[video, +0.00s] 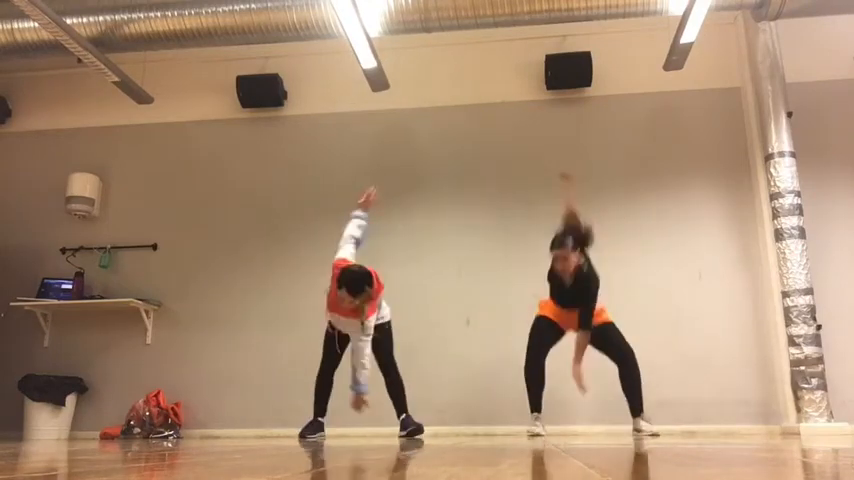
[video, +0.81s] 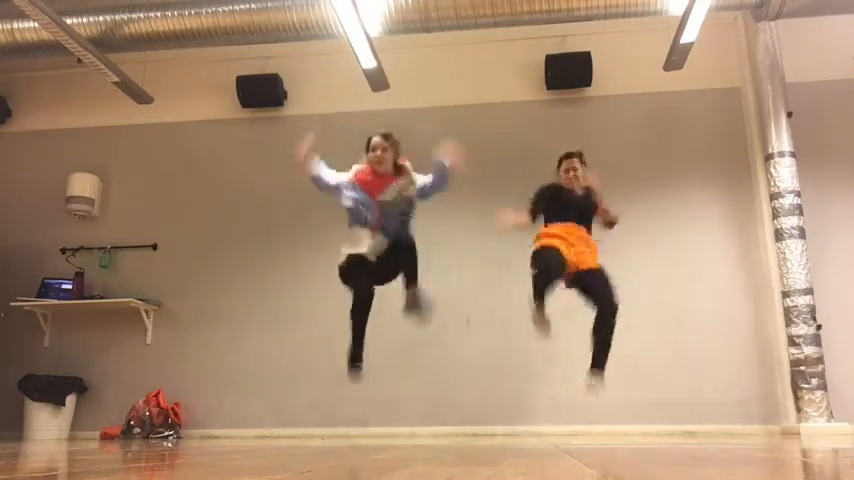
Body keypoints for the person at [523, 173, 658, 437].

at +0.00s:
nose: (561, 266)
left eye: (565, 260)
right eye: (557, 260)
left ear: (578, 255)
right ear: (552, 255)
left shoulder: (589, 278)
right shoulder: (557, 254)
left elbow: (585, 326)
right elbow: (569, 223)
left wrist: (577, 364)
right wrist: (568, 193)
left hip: (589, 317)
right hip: (557, 314)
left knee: (626, 357)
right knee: (534, 354)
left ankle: (638, 419)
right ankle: (536, 418)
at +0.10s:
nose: (553, 279)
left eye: (558, 273)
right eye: (550, 273)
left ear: (572, 271)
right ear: (548, 270)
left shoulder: (586, 292)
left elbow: (581, 338)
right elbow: (569, 233)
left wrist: (571, 372)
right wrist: (561, 198)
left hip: (590, 327)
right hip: (558, 326)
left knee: (628, 361)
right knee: (534, 359)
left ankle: (641, 421)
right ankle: (537, 420)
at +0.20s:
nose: (561, 265)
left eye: (566, 260)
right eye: (557, 259)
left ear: (577, 258)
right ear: (550, 257)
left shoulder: (589, 276)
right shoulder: (548, 259)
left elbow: (600, 320)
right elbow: (530, 250)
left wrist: (598, 356)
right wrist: (506, 243)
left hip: (590, 321)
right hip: (556, 319)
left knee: (626, 361)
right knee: (537, 361)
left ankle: (641, 421)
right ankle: (537, 421)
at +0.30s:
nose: (557, 226)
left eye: (562, 220)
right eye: (552, 221)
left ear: (571, 221)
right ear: (545, 224)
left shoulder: (585, 236)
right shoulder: (538, 248)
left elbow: (621, 253)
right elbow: (519, 284)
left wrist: (646, 281)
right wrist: (498, 313)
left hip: (590, 298)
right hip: (556, 300)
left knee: (613, 354)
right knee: (542, 354)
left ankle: (640, 417)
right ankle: (539, 419)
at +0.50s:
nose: (561, 196)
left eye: (564, 192)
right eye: (555, 191)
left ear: (568, 198)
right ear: (543, 200)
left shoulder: (567, 217)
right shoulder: (542, 227)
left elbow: (575, 203)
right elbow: (557, 219)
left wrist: (588, 188)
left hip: (582, 279)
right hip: (556, 291)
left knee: (608, 290)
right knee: (554, 351)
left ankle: (642, 329)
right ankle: (554, 415)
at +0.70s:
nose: (572, 165)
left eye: (575, 162)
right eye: (566, 162)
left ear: (582, 166)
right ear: (557, 167)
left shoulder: (587, 195)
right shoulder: (551, 180)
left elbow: (591, 234)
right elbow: (529, 181)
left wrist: (599, 216)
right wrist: (538, 178)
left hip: (580, 248)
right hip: (551, 249)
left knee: (621, 267)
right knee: (555, 311)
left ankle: (601, 328)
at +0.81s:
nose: (572, 174)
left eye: (575, 169)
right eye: (567, 170)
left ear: (583, 171)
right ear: (559, 174)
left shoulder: (589, 197)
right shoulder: (549, 191)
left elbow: (610, 222)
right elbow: (530, 217)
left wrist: (598, 202)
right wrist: (512, 218)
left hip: (582, 253)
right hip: (553, 245)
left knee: (608, 305)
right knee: (548, 265)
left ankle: (596, 373)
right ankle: (539, 307)